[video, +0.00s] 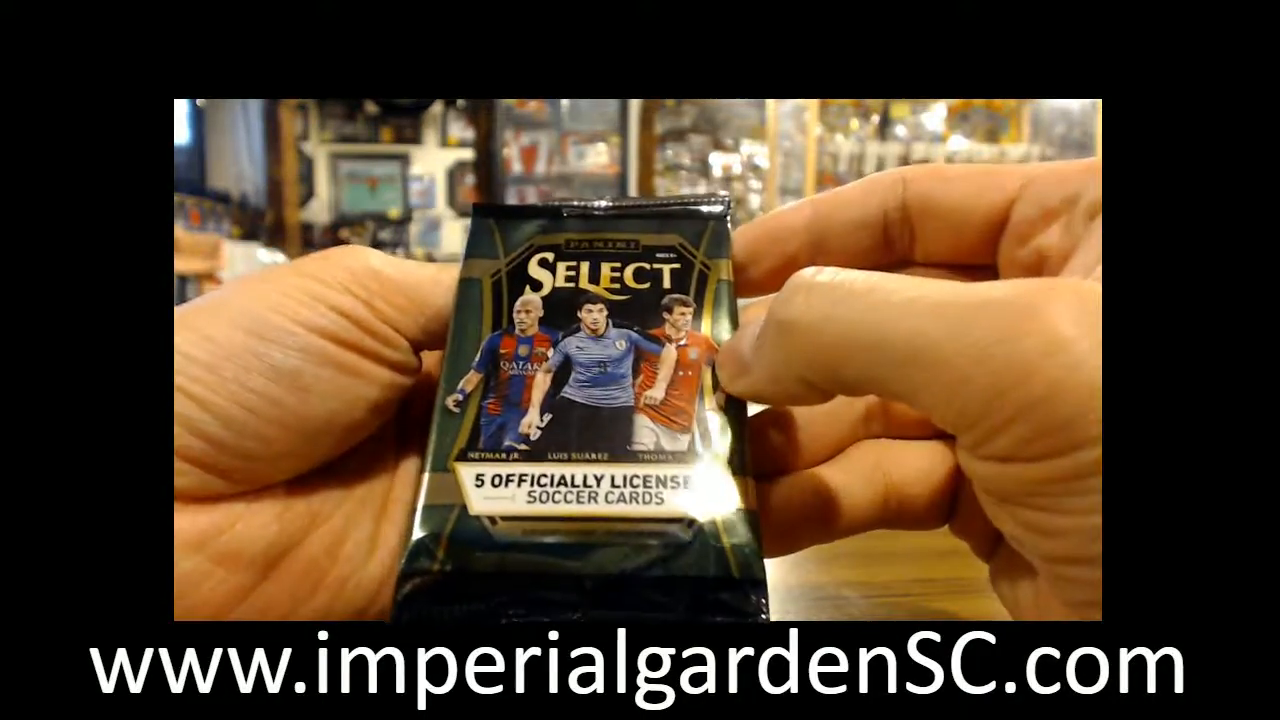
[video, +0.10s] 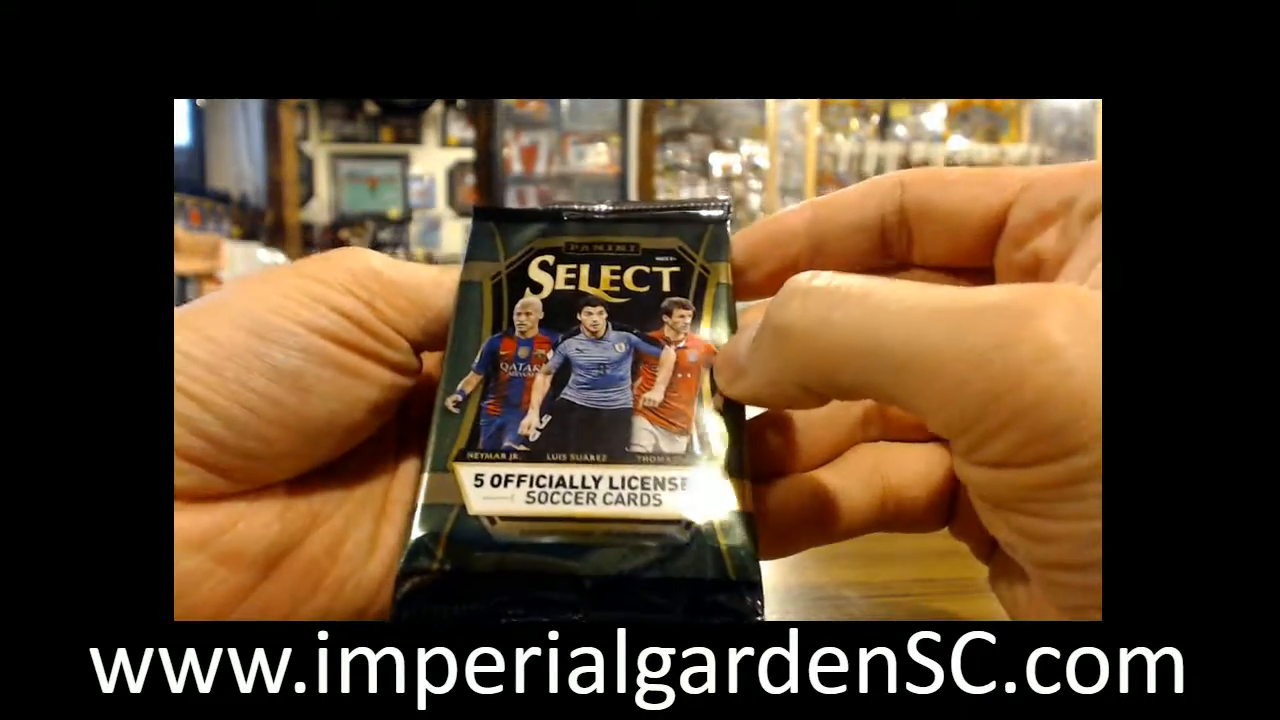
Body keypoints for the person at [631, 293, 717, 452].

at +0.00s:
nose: (687, 319)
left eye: (690, 314)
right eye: (682, 314)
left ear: (693, 315)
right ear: (666, 315)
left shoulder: (703, 342)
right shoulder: (647, 339)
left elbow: (725, 367)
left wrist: (719, 396)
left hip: (680, 421)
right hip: (647, 414)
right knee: (640, 467)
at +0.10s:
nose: (687, 321)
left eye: (689, 317)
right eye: (681, 316)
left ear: (692, 318)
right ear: (666, 318)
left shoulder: (702, 348)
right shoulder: (646, 341)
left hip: (679, 424)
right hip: (646, 417)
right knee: (639, 471)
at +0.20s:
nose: (684, 322)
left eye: (686, 317)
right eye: (679, 316)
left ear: (692, 318)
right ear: (666, 317)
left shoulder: (693, 349)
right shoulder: (650, 341)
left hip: (678, 420)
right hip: (646, 414)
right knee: (639, 467)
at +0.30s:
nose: (686, 315)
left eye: (689, 309)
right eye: (680, 310)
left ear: (692, 310)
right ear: (666, 310)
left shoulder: (702, 343)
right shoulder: (649, 337)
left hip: (679, 420)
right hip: (645, 415)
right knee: (639, 474)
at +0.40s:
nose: (688, 310)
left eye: (691, 305)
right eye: (682, 304)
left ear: (694, 305)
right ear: (666, 306)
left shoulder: (703, 338)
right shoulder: (649, 335)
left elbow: (722, 367)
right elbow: (630, 369)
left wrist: (721, 396)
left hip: (683, 425)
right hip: (650, 420)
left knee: (674, 485)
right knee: (646, 482)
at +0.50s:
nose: (685, 312)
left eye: (687, 306)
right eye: (679, 307)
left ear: (691, 307)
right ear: (662, 308)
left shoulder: (701, 342)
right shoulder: (645, 340)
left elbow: (721, 371)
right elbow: (625, 375)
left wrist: (720, 399)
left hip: (681, 430)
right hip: (648, 425)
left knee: (673, 491)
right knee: (645, 488)